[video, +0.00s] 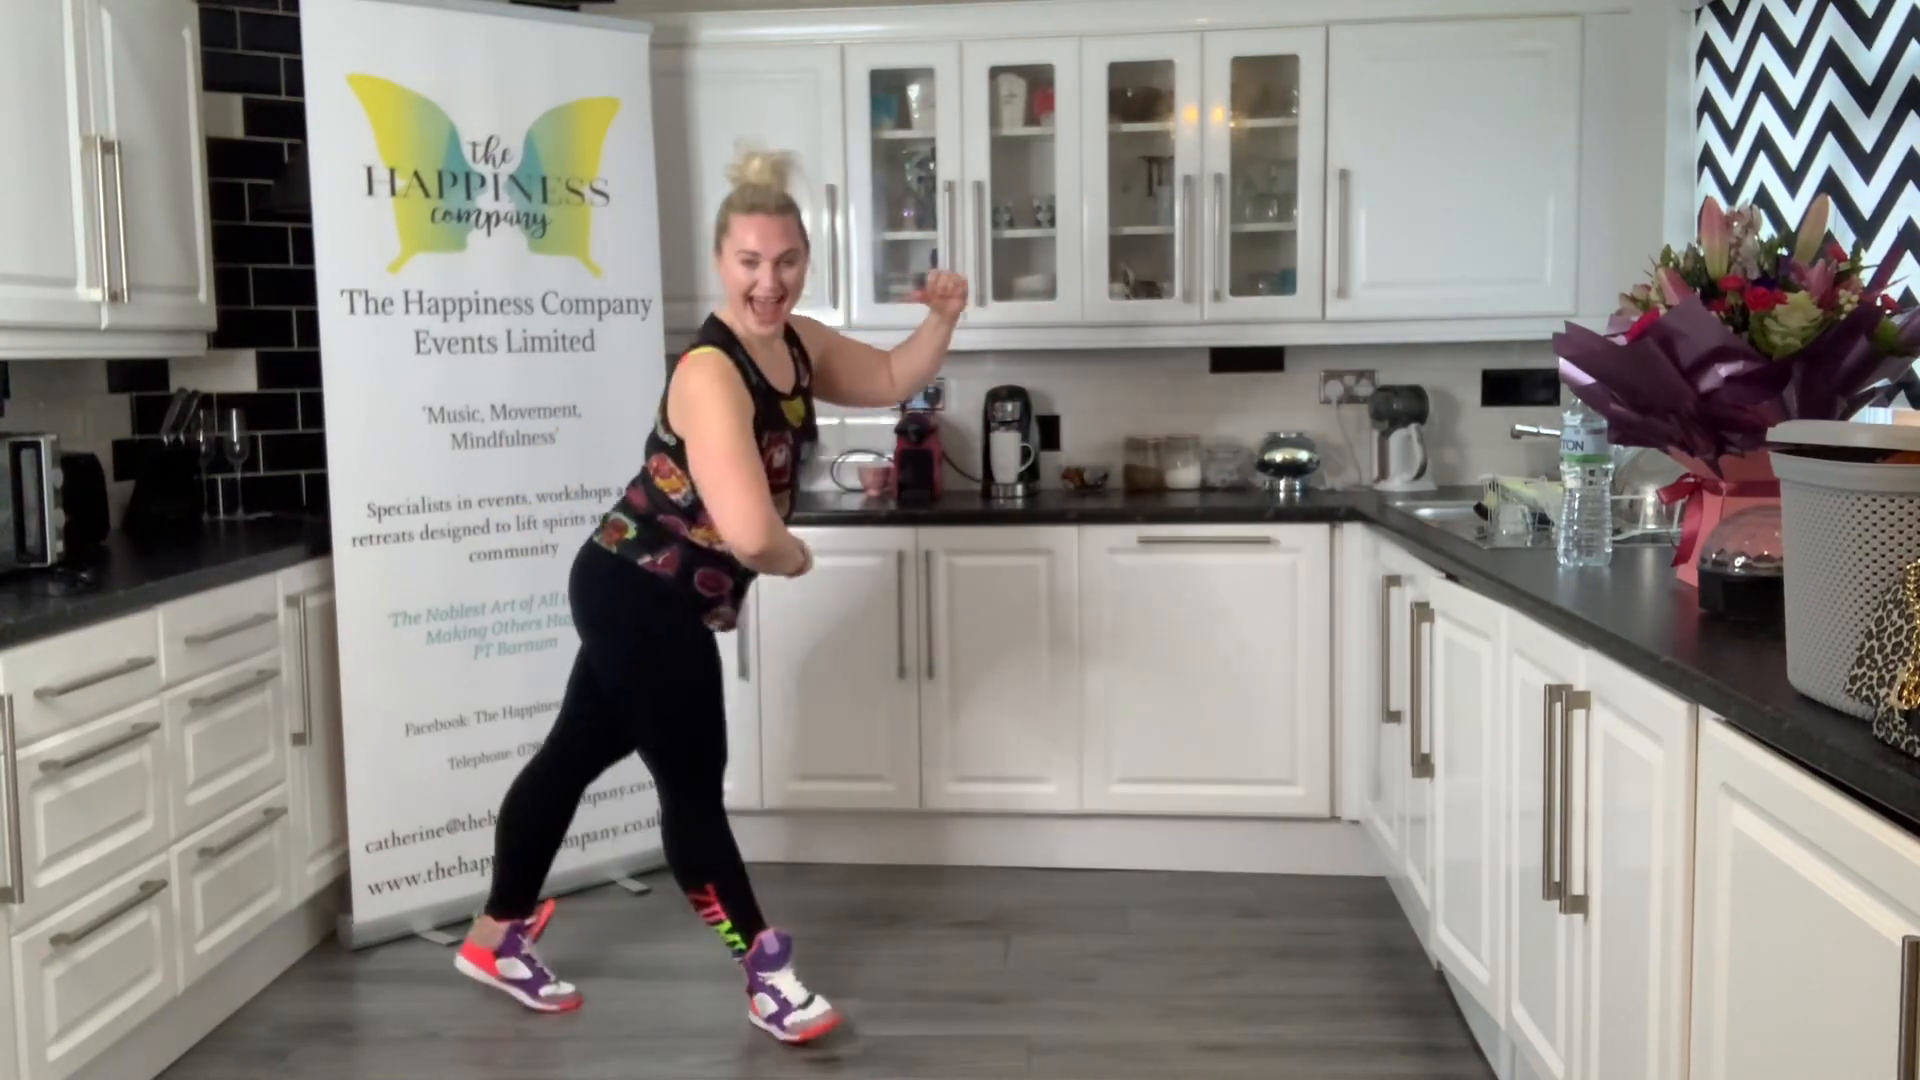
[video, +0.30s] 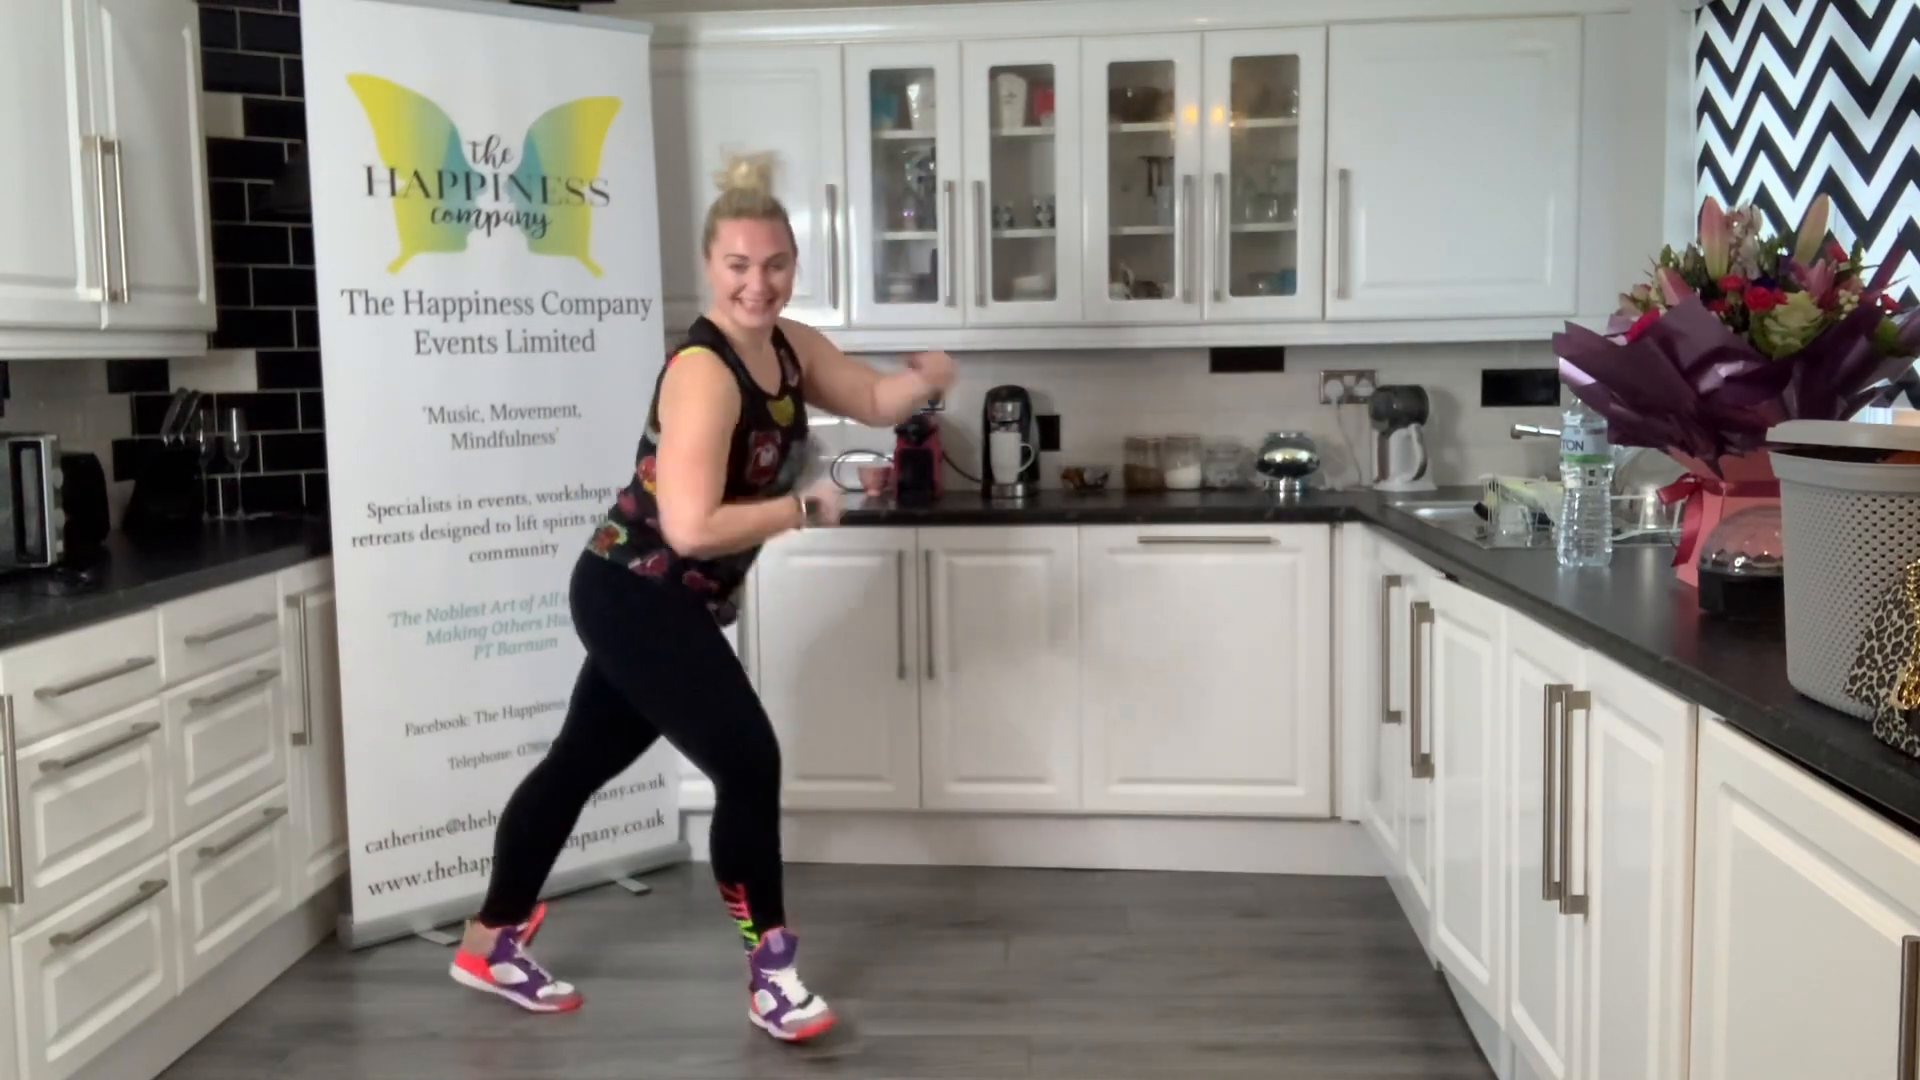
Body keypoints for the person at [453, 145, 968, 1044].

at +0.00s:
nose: (769, 278)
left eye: (785, 259)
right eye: (749, 260)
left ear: (806, 257)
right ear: (719, 260)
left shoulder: (798, 342)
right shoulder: (710, 373)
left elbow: (888, 380)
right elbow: (750, 535)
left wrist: (942, 317)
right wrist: (790, 555)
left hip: (669, 588)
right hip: (640, 590)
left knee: (569, 760)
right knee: (693, 778)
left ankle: (496, 935)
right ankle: (764, 970)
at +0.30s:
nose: (757, 281)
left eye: (774, 263)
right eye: (737, 264)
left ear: (795, 265)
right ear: (707, 267)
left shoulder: (794, 345)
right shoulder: (703, 372)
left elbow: (873, 400)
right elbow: (690, 527)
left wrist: (921, 384)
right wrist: (801, 509)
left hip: (678, 595)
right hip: (633, 591)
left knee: (577, 765)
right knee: (748, 759)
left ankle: (491, 942)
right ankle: (771, 974)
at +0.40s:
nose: (772, 284)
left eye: (789, 265)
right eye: (753, 266)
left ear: (809, 265)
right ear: (724, 267)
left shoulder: (810, 349)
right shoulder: (718, 380)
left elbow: (907, 412)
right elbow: (669, 526)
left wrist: (1010, 454)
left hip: (712, 598)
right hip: (659, 597)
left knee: (631, 774)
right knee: (769, 762)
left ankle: (505, 933)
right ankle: (779, 978)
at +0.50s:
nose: (799, 266)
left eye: (815, 247)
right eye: (780, 249)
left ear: (835, 248)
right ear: (750, 252)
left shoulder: (854, 338)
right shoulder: (742, 364)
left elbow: (938, 416)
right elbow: (674, 495)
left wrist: (1032, 485)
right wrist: (628, 615)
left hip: (773, 595)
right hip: (700, 594)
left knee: (761, 770)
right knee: (768, 765)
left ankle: (598, 885)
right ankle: (778, 976)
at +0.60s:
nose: (830, 261)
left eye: (846, 243)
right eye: (810, 244)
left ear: (868, 244)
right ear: (781, 247)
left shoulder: (892, 334)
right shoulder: (769, 355)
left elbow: (977, 418)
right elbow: (688, 484)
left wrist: (1065, 484)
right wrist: (617, 597)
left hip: (815, 585)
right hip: (728, 584)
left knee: (880, 744)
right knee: (780, 773)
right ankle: (781, 975)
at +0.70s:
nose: (860, 269)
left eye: (877, 249)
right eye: (840, 251)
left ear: (900, 248)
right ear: (813, 253)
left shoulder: (927, 342)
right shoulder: (797, 365)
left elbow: (1020, 417)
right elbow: (710, 490)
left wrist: (1115, 480)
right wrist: (628, 596)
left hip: (860, 589)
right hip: (766, 596)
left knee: (951, 734)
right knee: (811, 773)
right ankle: (783, 980)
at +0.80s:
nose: (894, 273)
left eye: (911, 254)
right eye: (875, 256)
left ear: (934, 253)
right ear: (849, 260)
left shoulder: (977, 347)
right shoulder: (834, 369)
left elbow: (1079, 411)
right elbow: (743, 485)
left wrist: (1181, 473)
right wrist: (651, 588)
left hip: (920, 596)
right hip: (817, 601)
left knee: (992, 768)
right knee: (841, 783)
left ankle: (1054, 943)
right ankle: (787, 982)